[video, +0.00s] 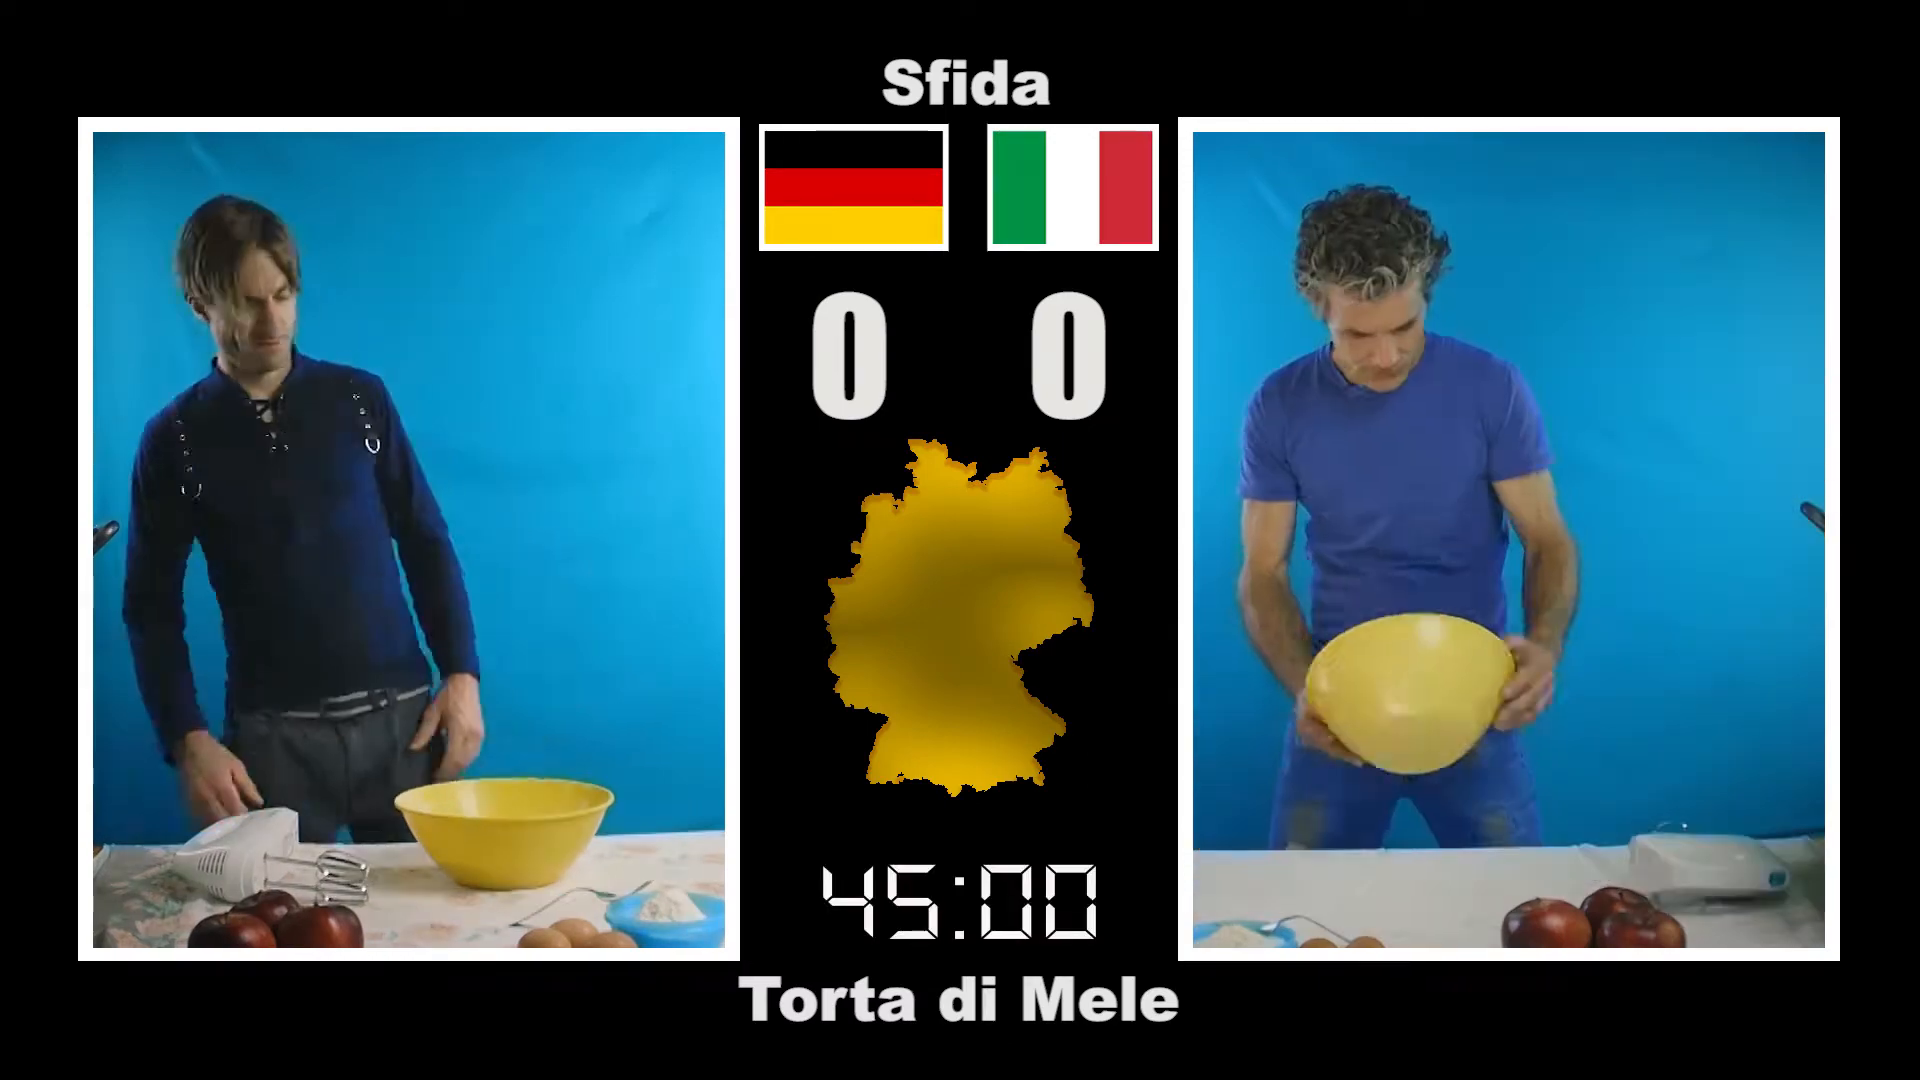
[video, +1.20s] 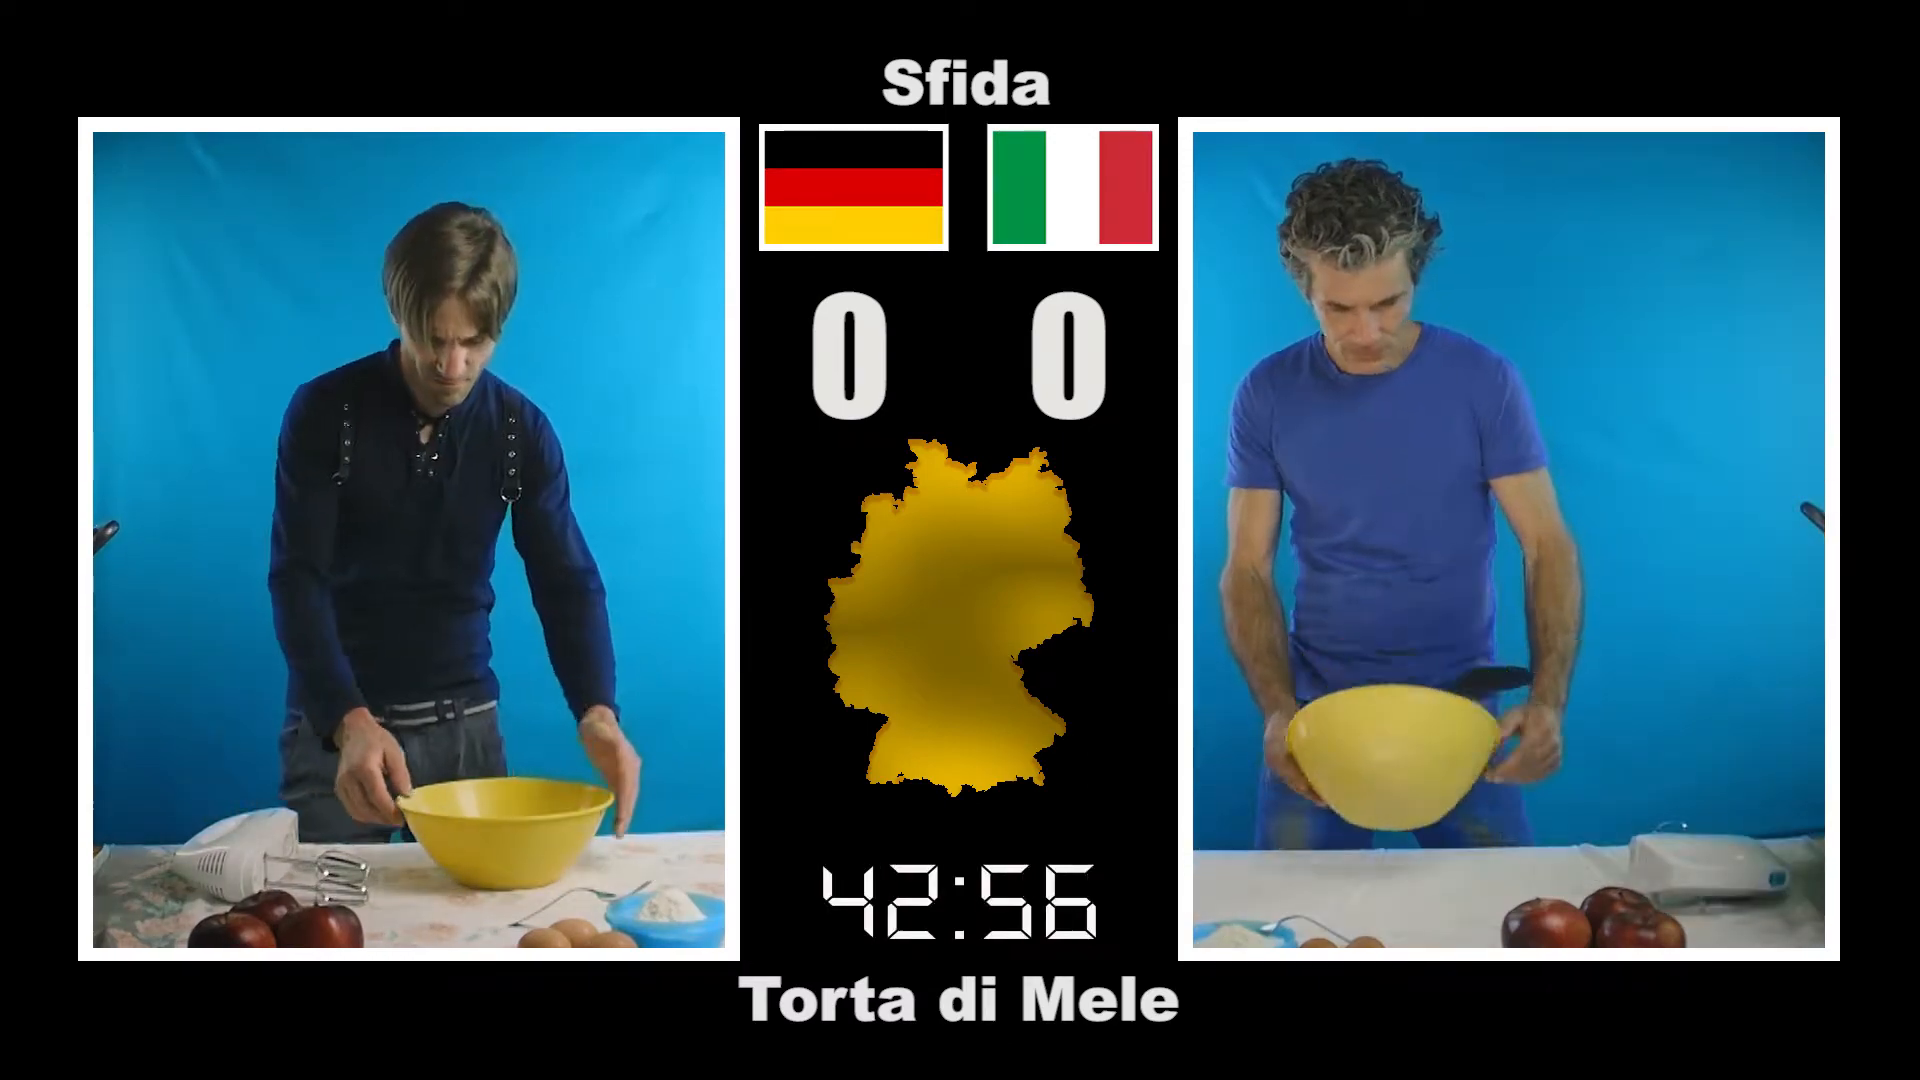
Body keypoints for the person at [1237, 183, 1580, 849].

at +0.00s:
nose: (1385, 354)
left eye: (1403, 328)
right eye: (1359, 335)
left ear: (1425, 297)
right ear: (1321, 308)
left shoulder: (1489, 390)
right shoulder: (1283, 406)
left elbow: (1548, 541)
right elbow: (1263, 575)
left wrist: (1544, 643)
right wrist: (1307, 688)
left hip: (1472, 693)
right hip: (1339, 695)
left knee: (1516, 906)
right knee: (1304, 908)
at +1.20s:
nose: (1366, 331)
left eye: (1387, 303)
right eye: (1341, 308)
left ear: (1414, 278)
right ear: (1305, 286)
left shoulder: (1480, 382)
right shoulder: (1270, 394)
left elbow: (1549, 546)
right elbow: (1247, 570)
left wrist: (1548, 700)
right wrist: (1279, 711)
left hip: (1459, 698)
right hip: (1320, 700)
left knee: (1497, 924)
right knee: (1298, 928)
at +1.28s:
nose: (1439, 352)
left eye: (1459, 326)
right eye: (1413, 330)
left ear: (1476, 301)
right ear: (1363, 302)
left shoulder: (1516, 398)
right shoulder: (1307, 390)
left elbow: (1555, 563)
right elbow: (1312, 577)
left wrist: (1559, 692)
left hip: (1470, 726)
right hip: (1335, 719)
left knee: (1502, 940)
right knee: (1320, 940)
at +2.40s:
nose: (1417, 359)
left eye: (1434, 335)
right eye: (1396, 334)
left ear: (1447, 326)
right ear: (1338, 322)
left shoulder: (1464, 433)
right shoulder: (1262, 433)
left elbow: (1513, 574)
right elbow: (1238, 610)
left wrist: (1553, 701)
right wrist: (1329, 703)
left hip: (1433, 739)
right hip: (1297, 741)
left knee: (1496, 925)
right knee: (1265, 937)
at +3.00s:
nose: (1420, 460)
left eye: (1432, 433)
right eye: (1396, 438)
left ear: (1442, 411)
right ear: (1328, 421)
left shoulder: (1463, 493)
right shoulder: (1260, 495)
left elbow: (1561, 631)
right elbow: (1266, 684)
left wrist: (1651, 749)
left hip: (1419, 762)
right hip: (1294, 759)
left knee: (1436, 932)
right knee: (1254, 926)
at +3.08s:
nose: (1440, 467)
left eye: (1455, 440)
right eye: (1417, 445)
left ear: (1465, 420)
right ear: (1351, 430)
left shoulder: (1479, 493)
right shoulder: (1293, 497)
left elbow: (1571, 643)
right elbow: (1345, 684)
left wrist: (1640, 769)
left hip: (1433, 760)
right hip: (1309, 757)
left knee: (1456, 932)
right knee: (1272, 930)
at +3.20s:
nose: (1509, 479)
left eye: (1522, 452)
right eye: (1486, 454)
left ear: (1533, 439)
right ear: (1418, 445)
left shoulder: (1529, 507)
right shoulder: (1361, 524)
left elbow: (1578, 656)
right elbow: (1458, 667)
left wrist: (1624, 778)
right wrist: (1614, 763)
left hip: (1450, 761)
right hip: (1333, 769)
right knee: (1313, 937)